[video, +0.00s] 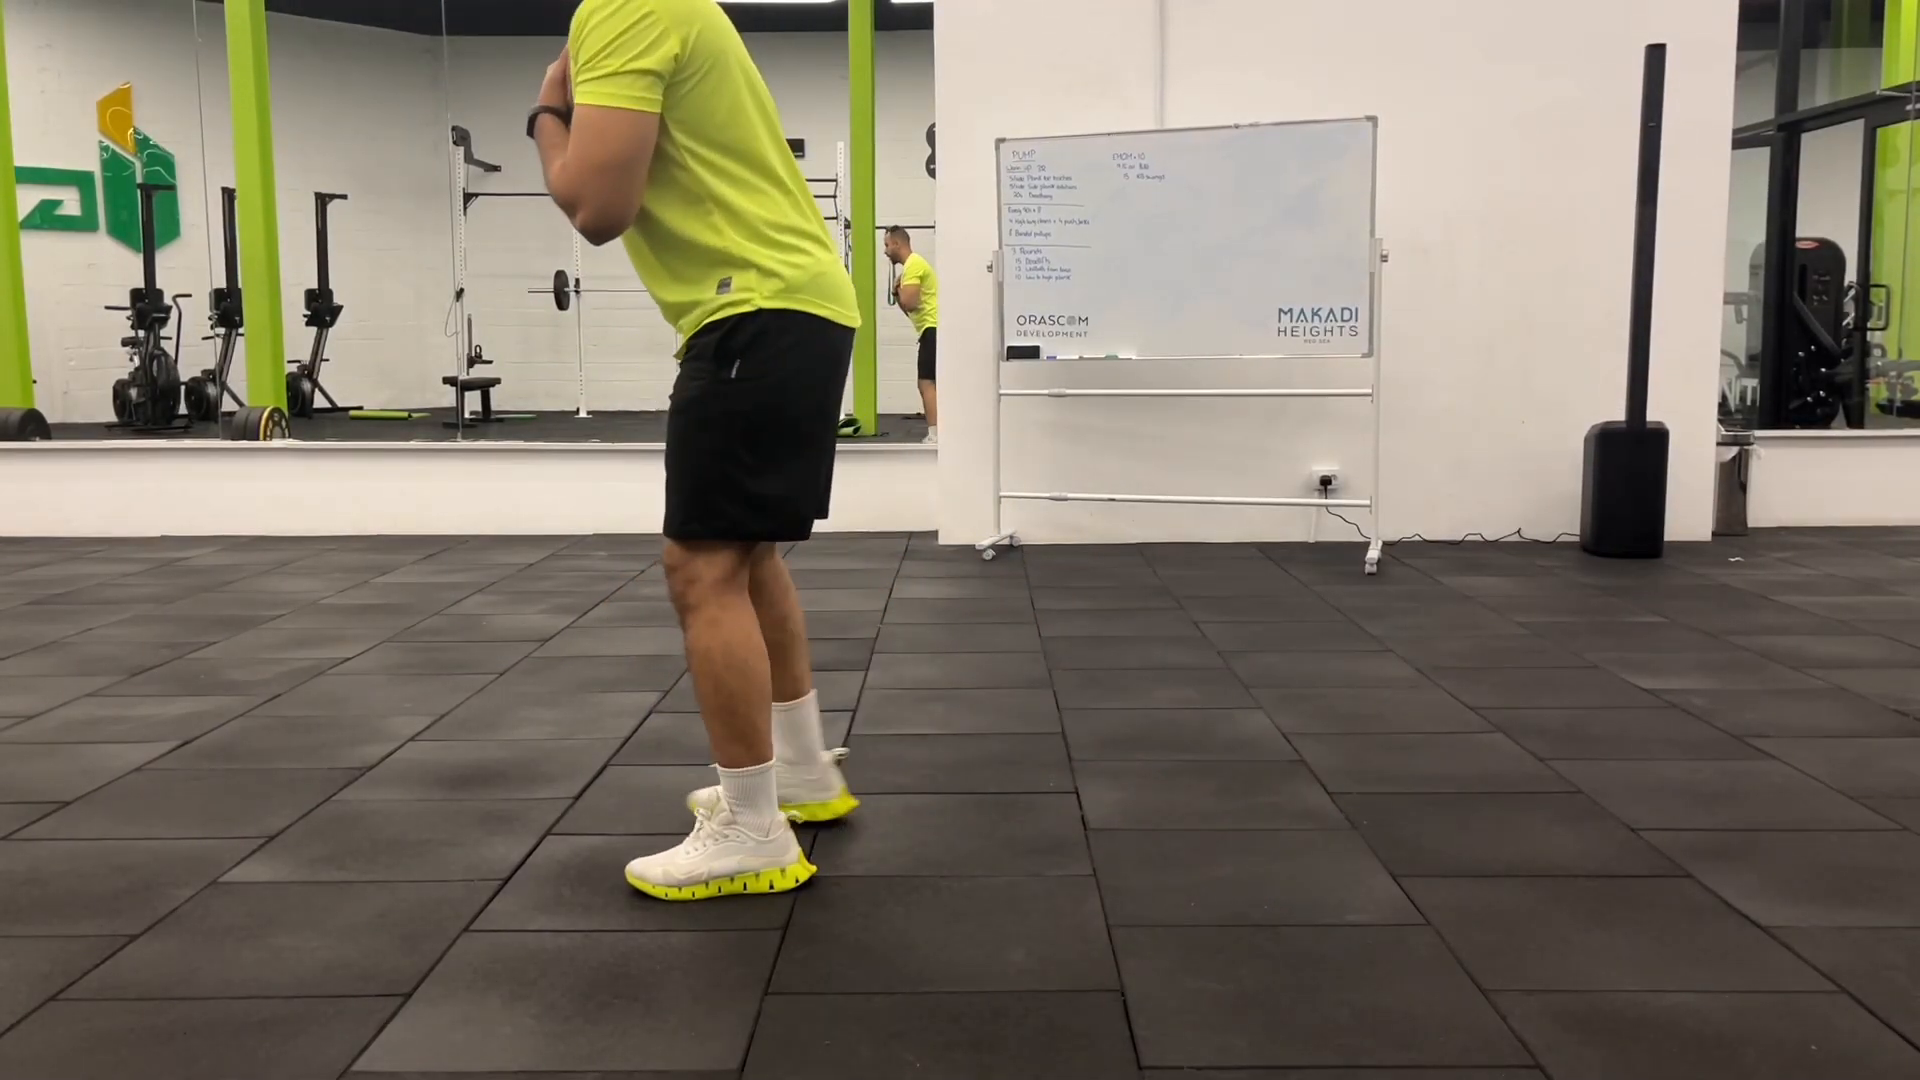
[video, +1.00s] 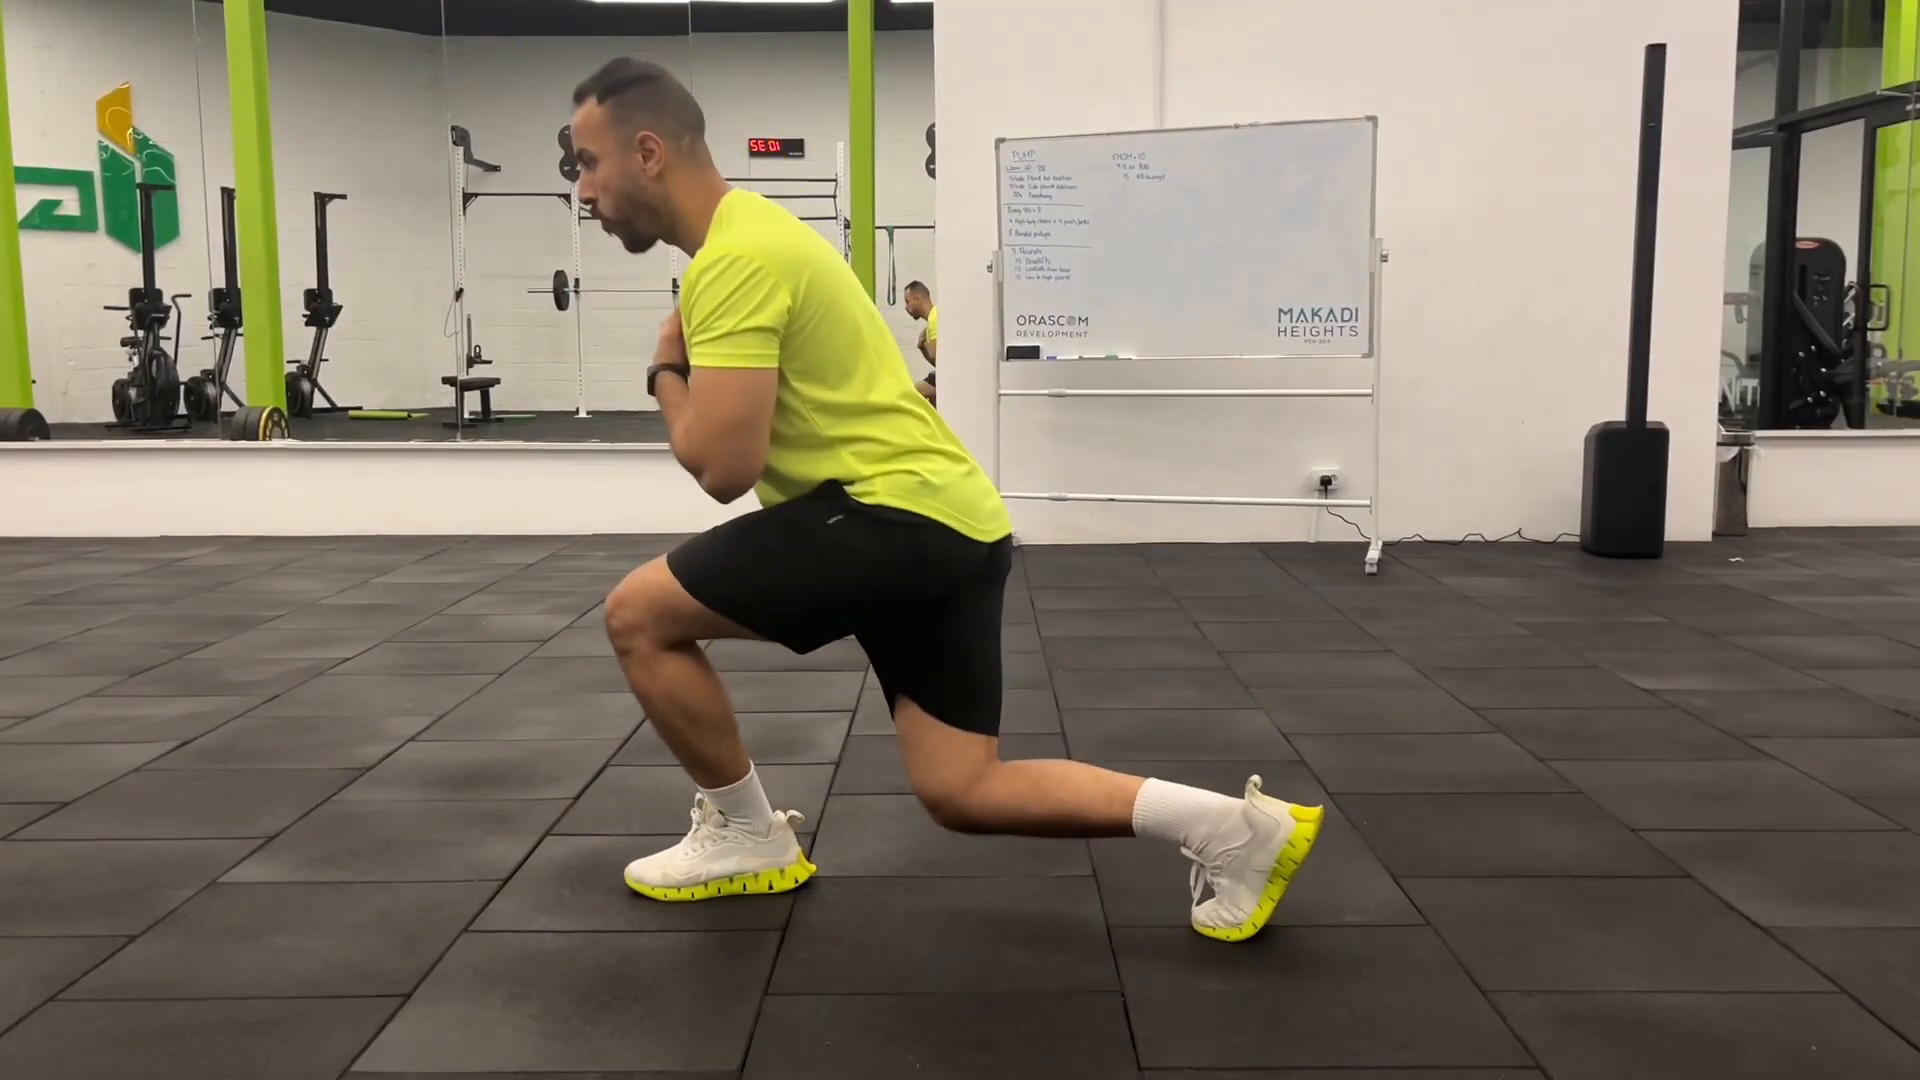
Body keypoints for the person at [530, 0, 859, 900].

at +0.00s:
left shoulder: (627, 10)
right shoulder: (665, 12)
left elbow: (596, 207)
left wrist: (547, 117)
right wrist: (582, 112)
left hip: (748, 308)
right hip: (794, 302)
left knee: (703, 574)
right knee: (750, 551)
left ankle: (749, 827)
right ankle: (804, 767)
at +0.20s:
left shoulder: (620, 21)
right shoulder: (654, 22)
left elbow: (609, 224)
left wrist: (540, 136)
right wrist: (574, 128)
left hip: (760, 312)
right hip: (819, 304)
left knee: (707, 576)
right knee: (809, 554)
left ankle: (750, 828)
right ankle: (996, 729)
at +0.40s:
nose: (461, 18)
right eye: (454, 7)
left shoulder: (619, 60)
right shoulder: (632, 53)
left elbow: (623, 268)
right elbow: (645, 243)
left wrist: (546, 187)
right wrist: (571, 182)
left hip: (788, 337)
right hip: (855, 325)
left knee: (688, 587)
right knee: (914, 570)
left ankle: (749, 828)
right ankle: (1137, 709)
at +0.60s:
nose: (482, 77)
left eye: (486, 47)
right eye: (474, 51)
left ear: (555, 31)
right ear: (562, 35)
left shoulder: (650, 130)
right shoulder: (668, 112)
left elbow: (663, 335)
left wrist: (587, 258)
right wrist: (609, 255)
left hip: (826, 391)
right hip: (900, 380)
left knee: (663, 597)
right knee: (973, 620)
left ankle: (748, 831)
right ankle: (1194, 790)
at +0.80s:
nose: (541, 147)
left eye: (548, 121)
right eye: (536, 123)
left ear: (609, 107)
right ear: (620, 107)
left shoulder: (702, 204)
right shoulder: (727, 188)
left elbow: (701, 419)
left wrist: (636, 340)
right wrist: (663, 342)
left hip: (865, 469)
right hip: (941, 465)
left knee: (644, 609)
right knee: (973, 724)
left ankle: (747, 829)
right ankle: (1242, 831)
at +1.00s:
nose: (578, 193)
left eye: (585, 164)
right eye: (573, 168)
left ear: (649, 152)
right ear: (658, 154)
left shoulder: (741, 253)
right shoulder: (758, 237)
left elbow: (724, 465)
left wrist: (666, 379)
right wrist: (693, 383)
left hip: (887, 514)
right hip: (951, 518)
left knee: (640, 616)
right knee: (959, 787)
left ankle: (745, 834)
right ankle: (1232, 828)